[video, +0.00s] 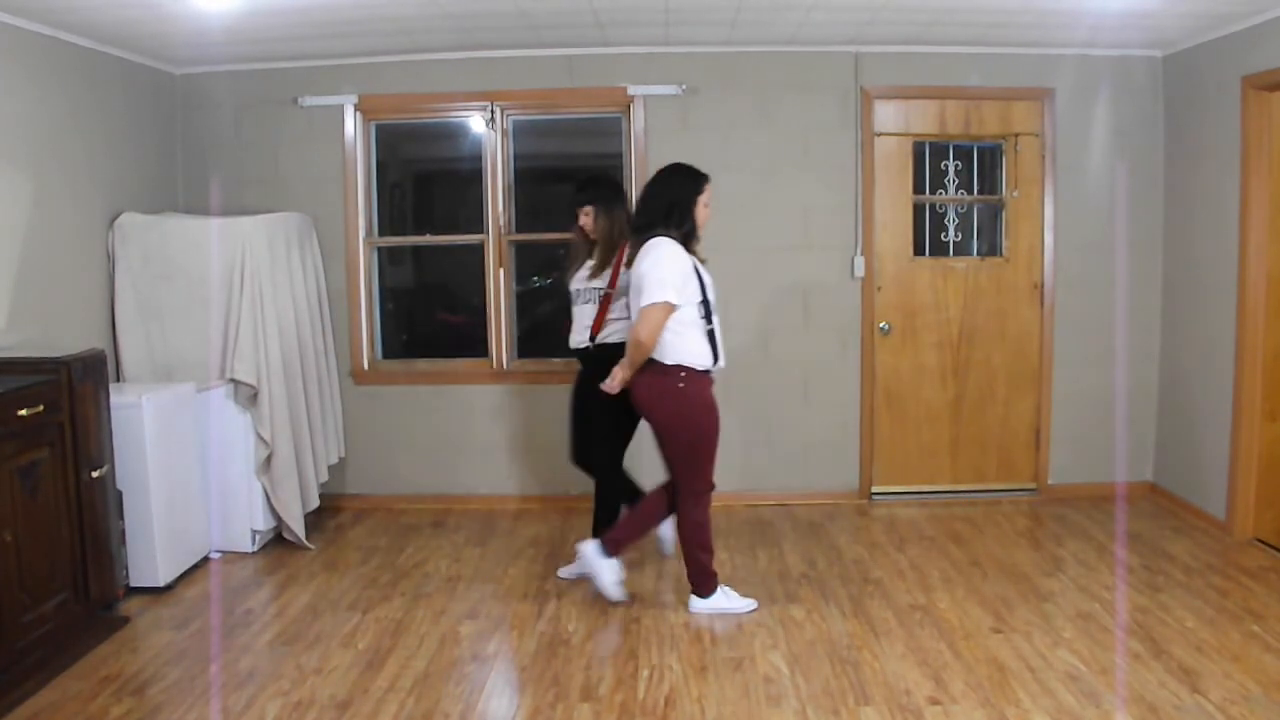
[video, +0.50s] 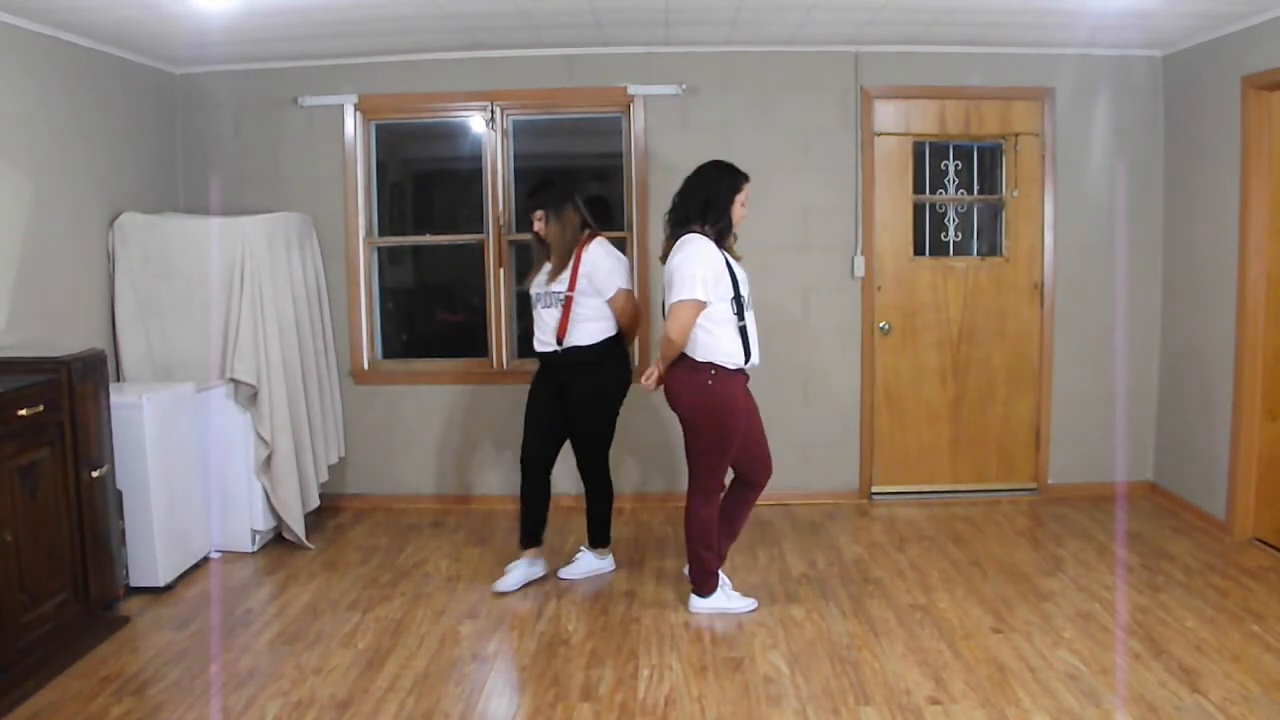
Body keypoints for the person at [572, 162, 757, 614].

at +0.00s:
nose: (709, 211)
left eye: (708, 202)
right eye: (705, 202)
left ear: (669, 202)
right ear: (684, 204)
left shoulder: (665, 251)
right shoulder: (666, 253)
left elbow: (647, 330)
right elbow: (645, 335)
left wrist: (627, 365)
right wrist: (626, 369)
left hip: (671, 381)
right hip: (678, 383)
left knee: (688, 483)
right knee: (695, 488)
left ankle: (606, 548)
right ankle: (705, 590)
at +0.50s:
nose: (746, 211)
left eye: (746, 202)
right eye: (742, 202)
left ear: (714, 201)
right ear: (721, 201)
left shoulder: (713, 249)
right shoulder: (695, 249)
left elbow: (687, 321)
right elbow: (677, 329)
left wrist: (662, 364)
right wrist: (661, 365)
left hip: (726, 378)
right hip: (704, 379)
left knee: (755, 471)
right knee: (707, 484)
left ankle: (707, 564)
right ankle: (705, 589)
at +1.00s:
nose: (754, 210)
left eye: (755, 201)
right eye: (749, 200)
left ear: (722, 200)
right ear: (726, 200)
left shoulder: (718, 249)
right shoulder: (705, 249)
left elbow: (697, 323)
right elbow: (685, 334)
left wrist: (666, 361)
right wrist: (663, 365)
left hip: (726, 378)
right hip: (707, 380)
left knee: (756, 469)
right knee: (709, 484)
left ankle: (708, 565)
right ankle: (704, 589)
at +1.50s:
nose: (746, 209)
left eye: (746, 200)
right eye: (741, 200)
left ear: (716, 202)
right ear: (716, 201)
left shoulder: (714, 250)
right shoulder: (696, 251)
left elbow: (684, 323)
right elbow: (677, 334)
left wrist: (662, 363)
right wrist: (661, 365)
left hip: (725, 379)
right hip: (705, 381)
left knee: (757, 469)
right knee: (709, 485)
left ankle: (710, 565)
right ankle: (705, 589)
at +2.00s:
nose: (746, 210)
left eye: (747, 201)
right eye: (741, 201)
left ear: (715, 203)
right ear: (717, 202)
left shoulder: (715, 252)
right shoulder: (698, 253)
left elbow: (686, 325)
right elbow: (680, 336)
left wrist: (663, 365)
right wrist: (663, 367)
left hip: (727, 380)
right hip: (708, 381)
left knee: (759, 470)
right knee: (707, 488)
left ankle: (713, 564)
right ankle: (705, 589)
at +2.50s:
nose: (752, 210)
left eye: (751, 200)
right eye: (747, 200)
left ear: (721, 201)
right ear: (725, 201)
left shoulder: (721, 251)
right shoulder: (704, 252)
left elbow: (691, 325)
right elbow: (684, 336)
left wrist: (667, 364)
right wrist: (666, 367)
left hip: (731, 382)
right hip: (711, 383)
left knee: (760, 472)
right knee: (710, 488)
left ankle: (710, 564)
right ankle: (705, 590)